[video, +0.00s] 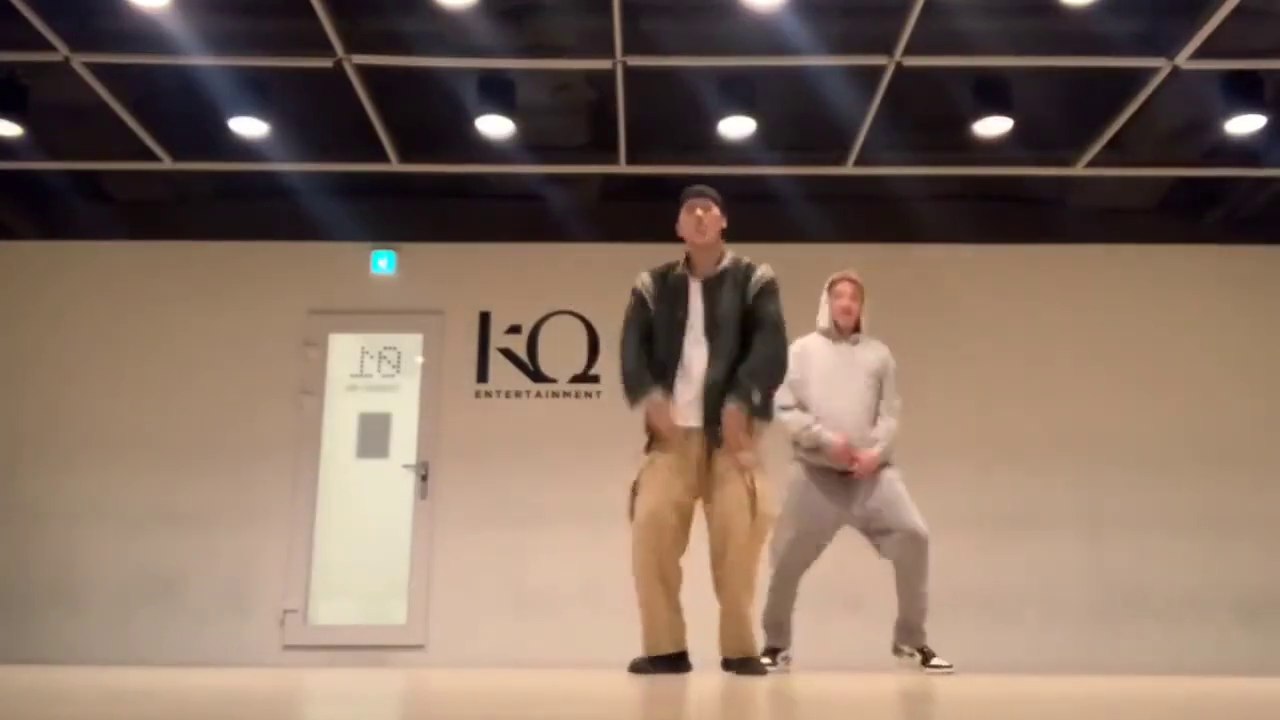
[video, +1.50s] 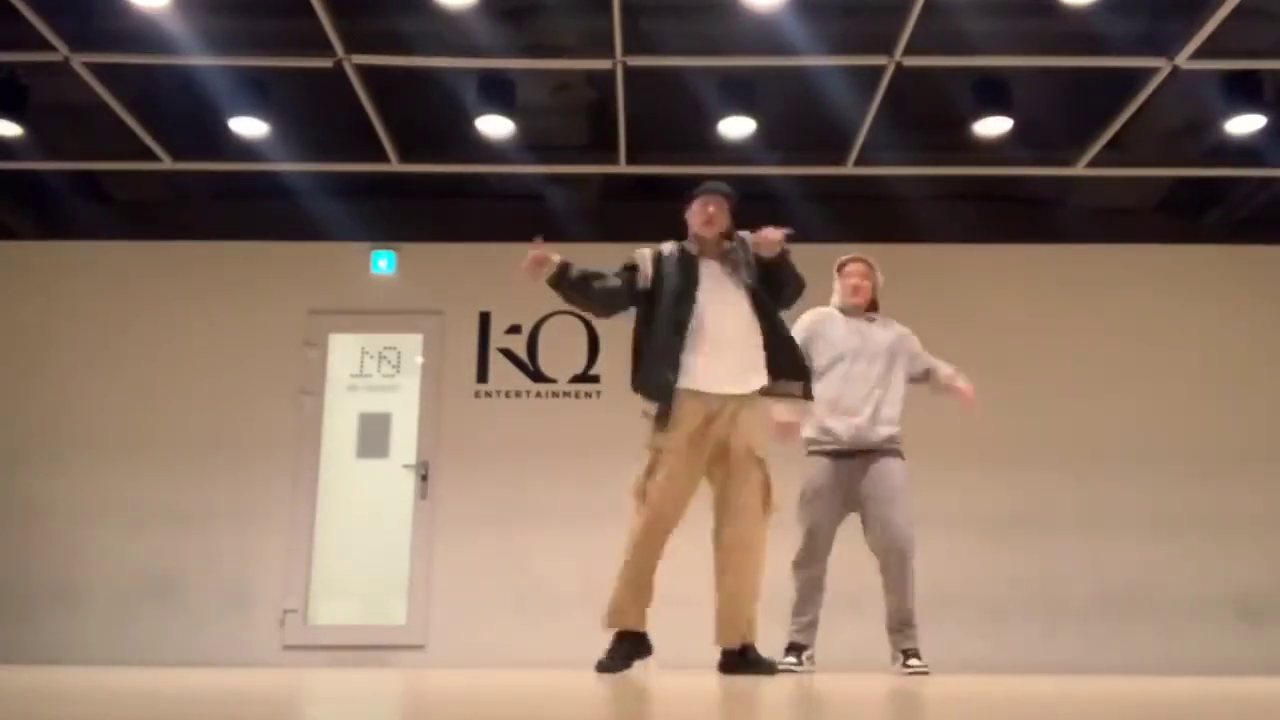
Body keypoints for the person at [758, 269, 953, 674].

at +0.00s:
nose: (847, 304)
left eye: (853, 298)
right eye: (839, 297)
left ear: (862, 307)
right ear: (826, 304)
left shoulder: (879, 354)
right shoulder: (801, 351)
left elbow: (891, 412)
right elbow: (784, 409)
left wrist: (875, 451)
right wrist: (827, 442)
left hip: (873, 477)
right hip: (818, 477)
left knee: (913, 538)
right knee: (787, 561)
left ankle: (910, 640)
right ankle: (775, 646)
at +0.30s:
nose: (854, 292)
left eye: (862, 286)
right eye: (846, 286)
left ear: (872, 297)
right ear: (833, 295)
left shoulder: (885, 335)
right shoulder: (819, 336)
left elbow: (913, 318)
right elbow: (804, 307)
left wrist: (907, 265)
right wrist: (825, 259)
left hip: (874, 453)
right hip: (821, 451)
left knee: (896, 536)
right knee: (818, 539)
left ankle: (887, 643)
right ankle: (840, 643)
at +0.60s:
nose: (863, 312)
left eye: (870, 305)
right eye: (856, 306)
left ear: (882, 312)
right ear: (846, 313)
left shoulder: (893, 350)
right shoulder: (829, 349)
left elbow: (889, 393)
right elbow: (822, 396)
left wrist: (912, 348)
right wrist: (825, 340)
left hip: (887, 449)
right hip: (835, 450)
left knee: (900, 545)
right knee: (833, 545)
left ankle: (891, 647)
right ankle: (846, 646)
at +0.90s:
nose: (840, 299)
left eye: (846, 290)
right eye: (831, 291)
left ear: (858, 294)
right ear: (817, 298)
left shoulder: (875, 323)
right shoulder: (810, 327)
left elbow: (861, 362)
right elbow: (823, 346)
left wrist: (813, 375)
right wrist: (881, 338)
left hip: (870, 449)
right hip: (822, 448)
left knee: (883, 548)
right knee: (813, 546)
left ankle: (889, 648)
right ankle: (800, 645)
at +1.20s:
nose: (826, 300)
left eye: (834, 293)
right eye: (820, 292)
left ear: (846, 297)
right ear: (807, 294)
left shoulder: (860, 325)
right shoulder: (787, 327)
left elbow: (854, 378)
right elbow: (800, 373)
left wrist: (811, 406)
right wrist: (848, 376)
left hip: (865, 446)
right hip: (815, 454)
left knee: (898, 523)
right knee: (800, 552)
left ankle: (954, 629)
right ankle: (799, 646)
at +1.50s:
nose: (857, 282)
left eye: (864, 277)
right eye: (850, 276)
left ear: (876, 287)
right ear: (836, 285)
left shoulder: (895, 335)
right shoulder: (817, 322)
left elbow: (927, 368)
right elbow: (783, 364)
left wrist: (954, 380)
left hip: (882, 456)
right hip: (827, 455)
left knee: (897, 545)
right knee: (811, 551)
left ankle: (906, 647)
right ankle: (799, 645)